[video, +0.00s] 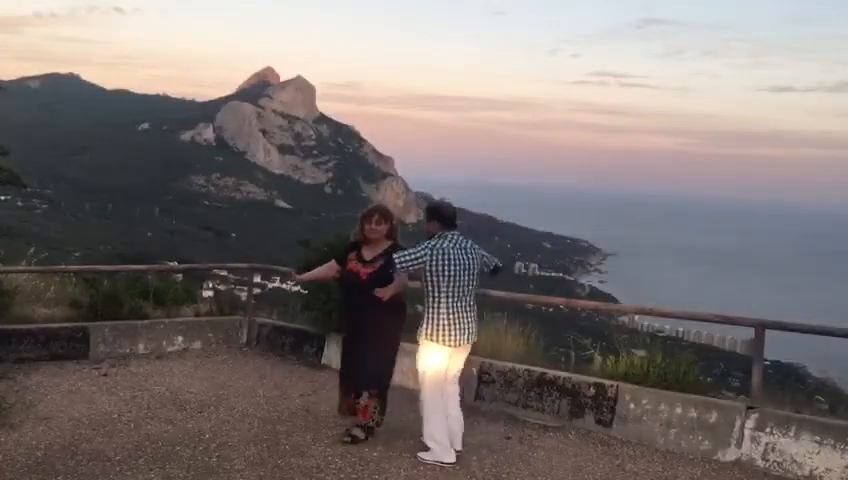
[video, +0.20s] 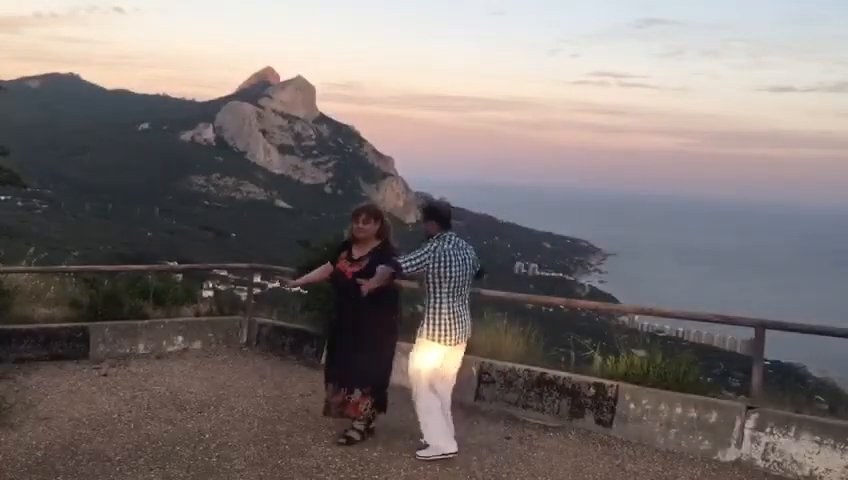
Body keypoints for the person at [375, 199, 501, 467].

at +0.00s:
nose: (427, 227)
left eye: (428, 222)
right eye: (428, 222)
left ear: (435, 223)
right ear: (452, 222)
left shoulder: (432, 247)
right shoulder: (472, 247)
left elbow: (395, 260)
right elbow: (496, 267)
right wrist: (480, 263)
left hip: (437, 332)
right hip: (466, 331)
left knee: (431, 390)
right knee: (450, 385)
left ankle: (440, 450)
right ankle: (454, 441)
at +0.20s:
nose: (424, 228)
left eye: (426, 222)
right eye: (424, 222)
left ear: (434, 223)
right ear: (448, 222)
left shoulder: (434, 248)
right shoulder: (467, 248)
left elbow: (396, 265)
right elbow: (477, 272)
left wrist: (374, 280)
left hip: (435, 329)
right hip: (460, 328)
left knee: (421, 384)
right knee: (443, 386)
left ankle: (440, 443)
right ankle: (444, 438)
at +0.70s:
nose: (399, 225)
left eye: (403, 220)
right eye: (400, 220)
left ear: (416, 222)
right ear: (419, 223)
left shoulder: (426, 246)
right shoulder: (429, 243)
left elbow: (421, 277)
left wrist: (399, 277)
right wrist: (403, 274)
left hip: (418, 327)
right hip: (426, 326)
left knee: (402, 381)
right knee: (424, 379)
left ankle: (404, 436)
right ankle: (438, 428)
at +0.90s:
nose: (393, 226)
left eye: (396, 220)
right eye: (393, 220)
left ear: (409, 221)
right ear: (408, 222)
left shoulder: (423, 244)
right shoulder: (409, 246)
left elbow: (415, 270)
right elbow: (389, 264)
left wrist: (395, 266)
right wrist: (385, 244)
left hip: (416, 328)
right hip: (400, 326)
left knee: (400, 381)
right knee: (388, 375)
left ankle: (404, 436)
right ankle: (422, 417)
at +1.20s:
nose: (389, 222)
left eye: (393, 218)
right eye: (389, 217)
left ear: (408, 219)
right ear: (400, 220)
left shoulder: (421, 242)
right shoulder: (395, 245)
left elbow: (415, 257)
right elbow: (369, 259)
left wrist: (396, 254)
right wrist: (379, 256)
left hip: (411, 323)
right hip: (391, 322)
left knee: (398, 379)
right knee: (384, 376)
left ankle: (404, 434)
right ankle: (388, 425)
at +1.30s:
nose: (390, 222)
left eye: (395, 217)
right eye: (390, 217)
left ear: (410, 219)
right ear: (398, 219)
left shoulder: (422, 243)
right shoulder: (392, 245)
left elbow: (424, 259)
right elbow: (367, 260)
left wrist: (400, 254)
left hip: (412, 322)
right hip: (389, 320)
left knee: (395, 374)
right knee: (385, 374)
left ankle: (401, 428)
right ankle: (387, 424)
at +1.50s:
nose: (394, 221)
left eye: (400, 217)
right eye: (395, 217)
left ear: (415, 220)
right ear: (397, 219)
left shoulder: (426, 245)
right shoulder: (390, 244)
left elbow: (442, 271)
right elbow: (365, 248)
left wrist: (413, 265)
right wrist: (341, 247)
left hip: (414, 325)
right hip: (388, 322)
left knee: (402, 377)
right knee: (382, 375)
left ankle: (407, 429)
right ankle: (388, 426)